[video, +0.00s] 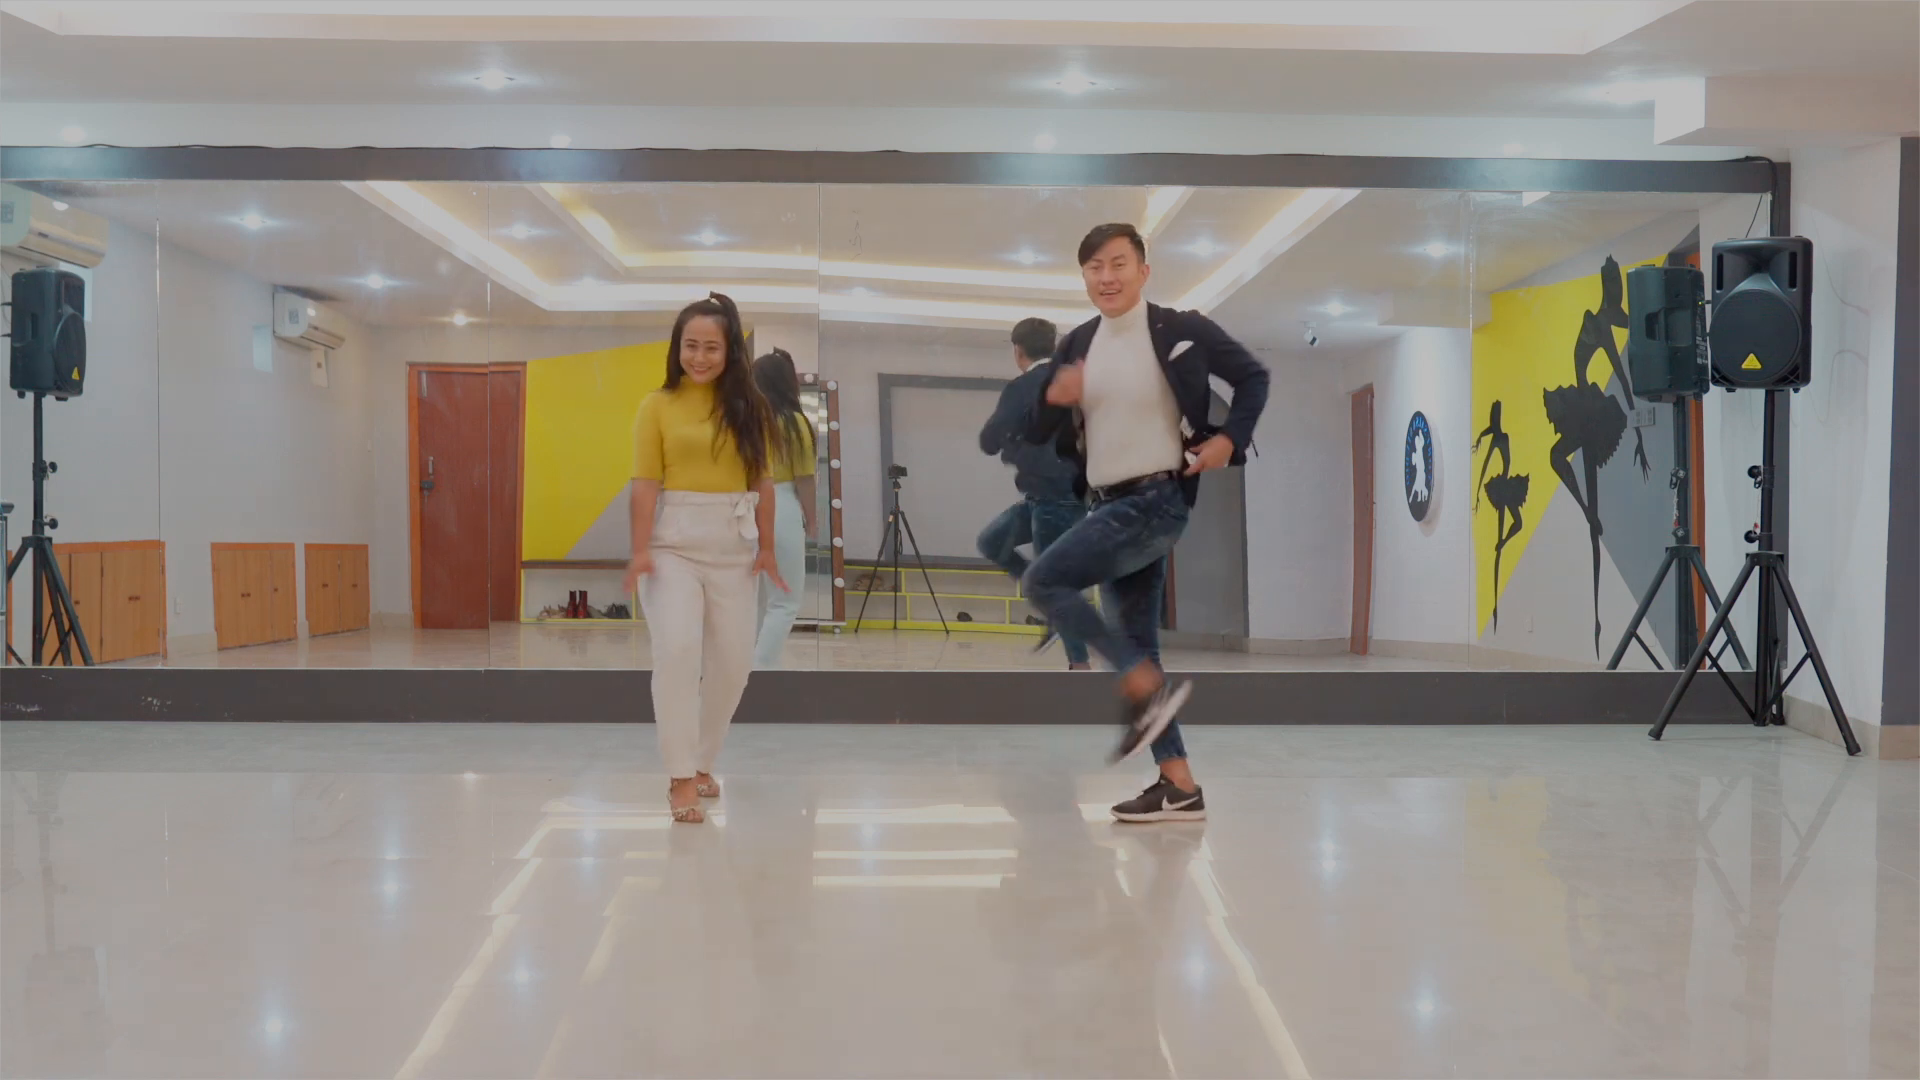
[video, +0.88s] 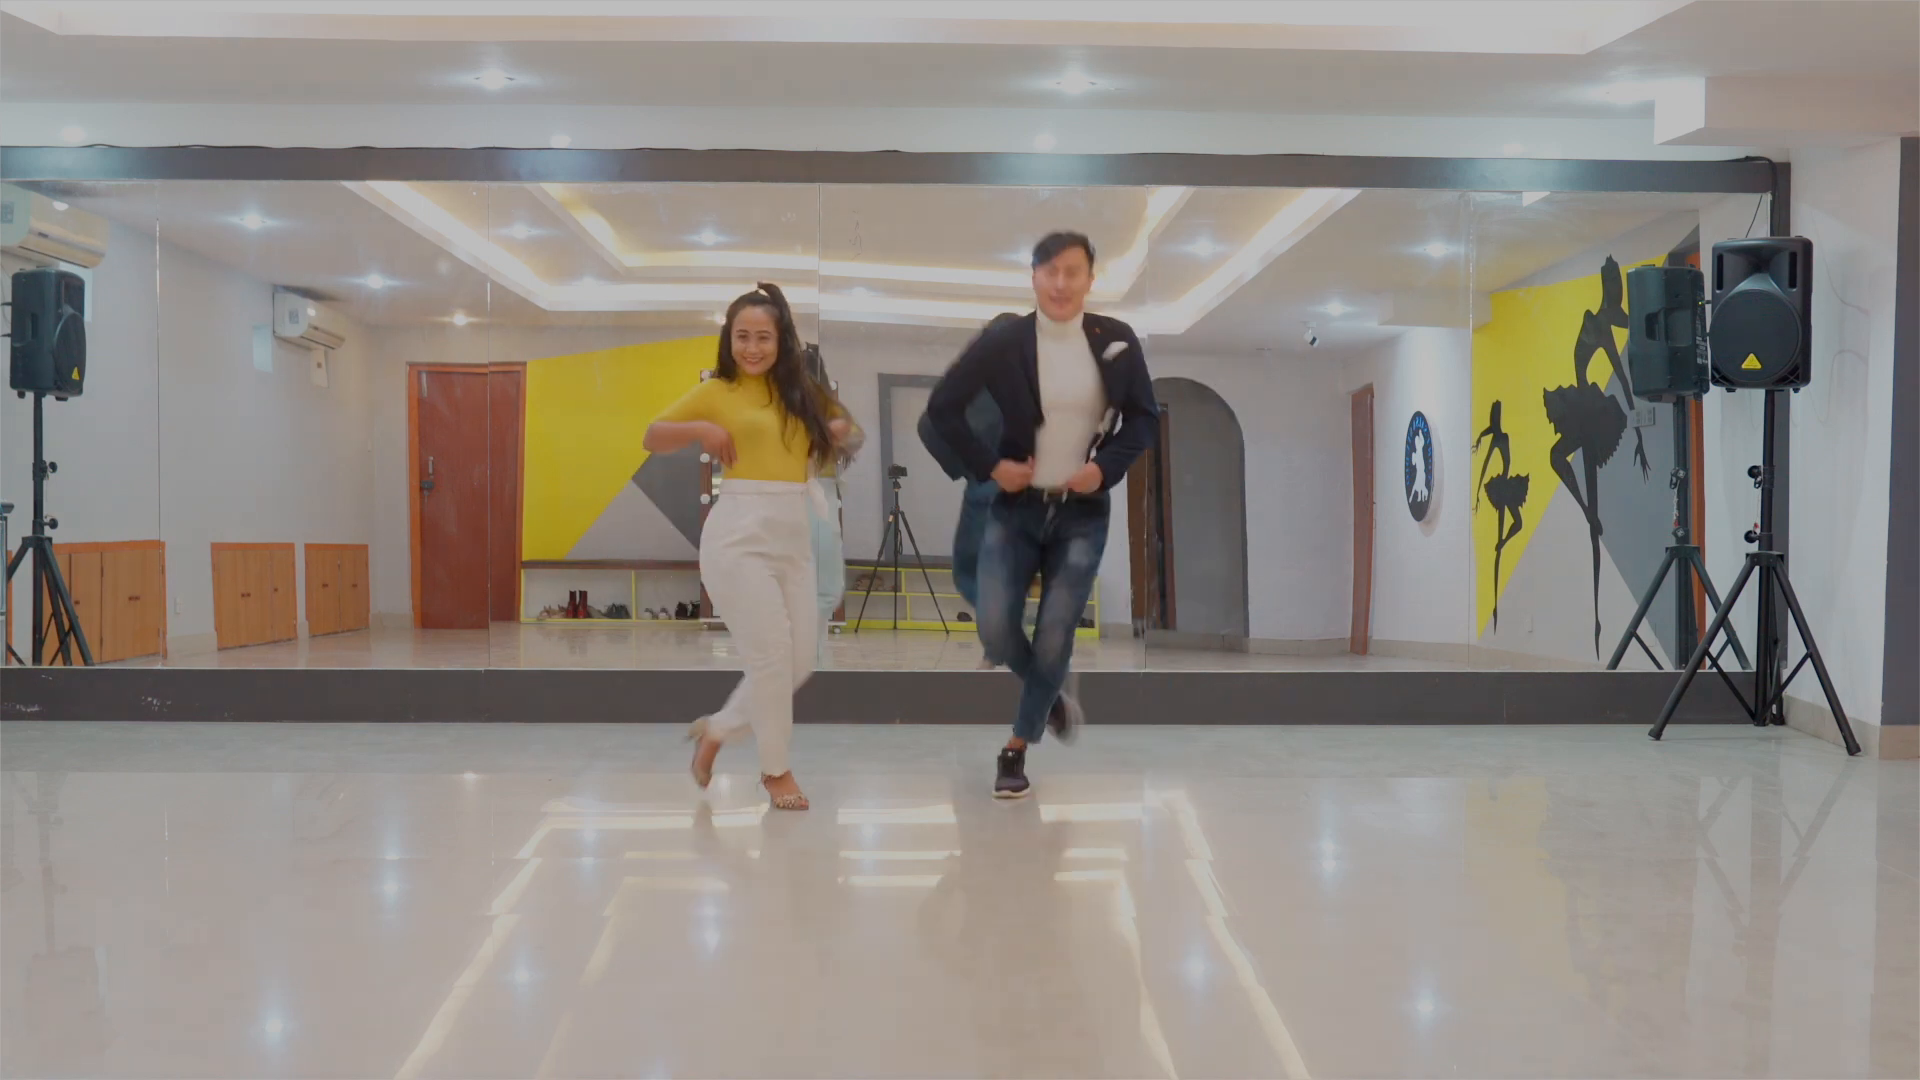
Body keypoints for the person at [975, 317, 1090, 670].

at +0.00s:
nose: (1012, 355)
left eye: (1013, 349)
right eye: (1013, 349)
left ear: (1019, 352)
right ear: (1052, 346)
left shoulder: (1022, 388)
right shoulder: (1073, 377)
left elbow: (989, 441)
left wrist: (1011, 420)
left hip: (1052, 501)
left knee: (1055, 582)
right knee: (991, 543)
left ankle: (1079, 663)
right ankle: (1052, 605)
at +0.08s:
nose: (1013, 356)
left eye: (1013, 350)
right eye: (1015, 350)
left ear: (1019, 352)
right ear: (1052, 351)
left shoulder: (1012, 390)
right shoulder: (1069, 381)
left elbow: (976, 444)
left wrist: (1005, 454)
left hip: (1049, 505)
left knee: (1053, 591)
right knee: (993, 553)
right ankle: (1020, 633)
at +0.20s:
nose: (1008, 356)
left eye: (1008, 350)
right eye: (1010, 350)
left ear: (1012, 349)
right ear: (1047, 347)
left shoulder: (1005, 386)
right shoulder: (1067, 375)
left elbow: (953, 436)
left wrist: (973, 480)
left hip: (1037, 491)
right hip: (1080, 486)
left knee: (1032, 575)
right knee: (1033, 570)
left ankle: (1074, 654)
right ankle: (1029, 649)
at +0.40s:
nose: (988, 364)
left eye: (989, 359)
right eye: (988, 359)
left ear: (996, 361)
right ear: (1029, 358)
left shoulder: (1000, 391)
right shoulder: (1048, 385)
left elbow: (986, 438)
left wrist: (979, 468)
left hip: (1023, 497)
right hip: (1061, 493)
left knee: (1026, 580)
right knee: (1046, 579)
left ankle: (1057, 643)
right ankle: (1027, 658)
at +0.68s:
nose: (1018, 372)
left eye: (1014, 365)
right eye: (1020, 363)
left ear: (995, 363)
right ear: (1030, 364)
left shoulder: (981, 404)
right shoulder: (1046, 400)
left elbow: (956, 454)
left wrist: (991, 487)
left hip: (1005, 511)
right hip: (1044, 512)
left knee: (1025, 593)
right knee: (999, 584)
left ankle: (1058, 654)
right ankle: (986, 652)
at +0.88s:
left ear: (985, 342)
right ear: (1023, 343)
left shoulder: (973, 375)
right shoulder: (1039, 375)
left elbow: (928, 425)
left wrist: (962, 467)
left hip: (985, 485)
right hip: (1032, 484)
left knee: (966, 571)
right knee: (1008, 573)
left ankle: (1003, 636)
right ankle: (995, 649)